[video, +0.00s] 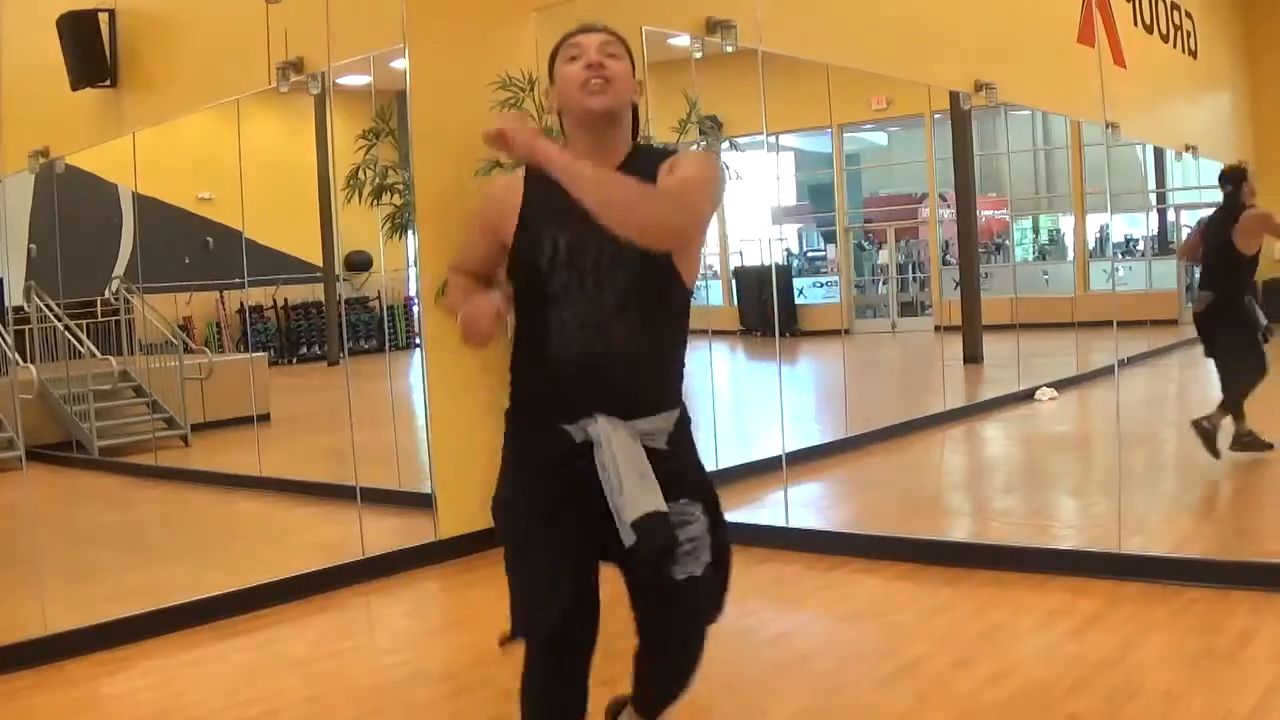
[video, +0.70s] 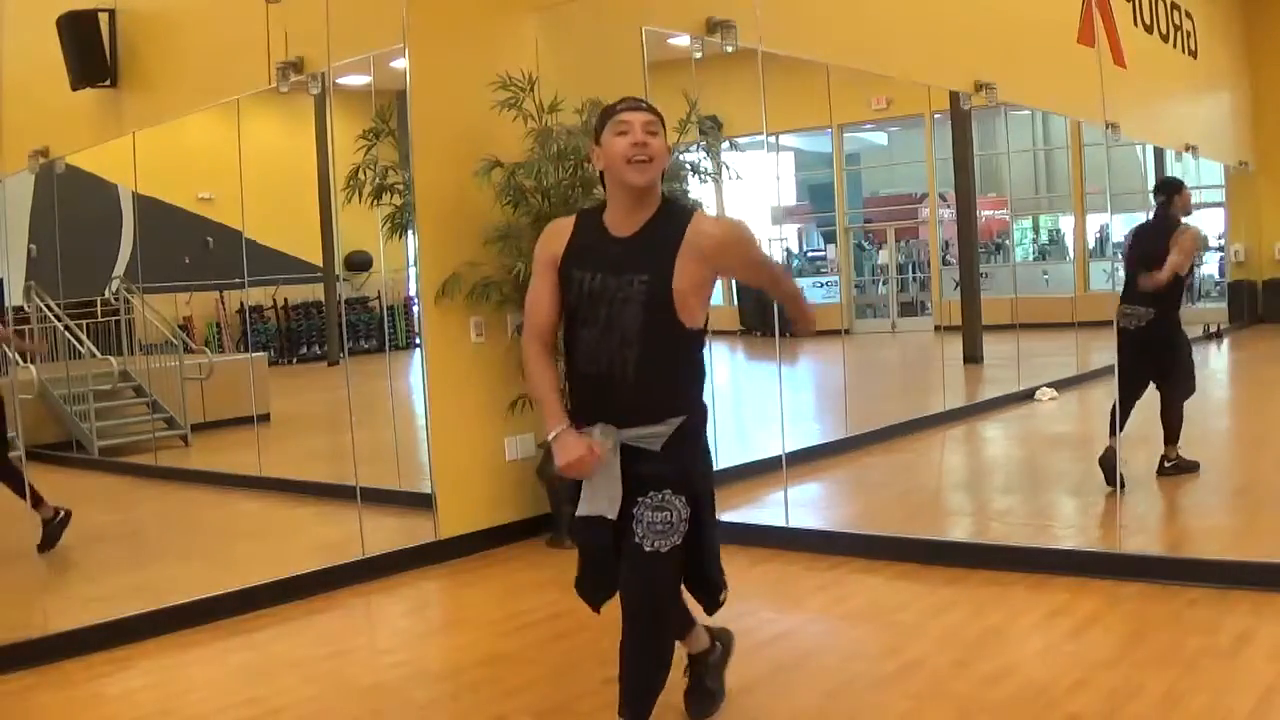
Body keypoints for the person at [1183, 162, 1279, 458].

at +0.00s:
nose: (1254, 188)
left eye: (1252, 183)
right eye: (1251, 184)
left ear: (1224, 189)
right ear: (1244, 188)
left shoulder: (1209, 220)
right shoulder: (1256, 218)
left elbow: (1185, 253)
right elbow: (1279, 230)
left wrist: (1211, 253)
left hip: (1205, 308)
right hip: (1233, 306)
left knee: (1230, 369)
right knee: (1256, 368)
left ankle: (1242, 431)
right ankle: (1212, 421)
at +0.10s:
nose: (1242, 193)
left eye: (1240, 187)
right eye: (1239, 188)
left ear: (1211, 194)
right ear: (1231, 192)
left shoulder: (1194, 228)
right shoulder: (1246, 224)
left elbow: (1175, 266)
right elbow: (1273, 246)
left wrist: (1201, 275)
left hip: (1191, 310)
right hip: (1222, 311)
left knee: (1204, 372)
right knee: (1221, 378)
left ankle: (1210, 434)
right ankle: (1184, 441)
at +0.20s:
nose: (1230, 206)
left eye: (1228, 201)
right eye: (1227, 201)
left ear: (1201, 207)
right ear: (1219, 205)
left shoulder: (1186, 239)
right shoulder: (1233, 240)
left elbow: (1172, 280)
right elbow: (1256, 274)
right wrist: (1261, 304)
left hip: (1177, 324)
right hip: (1209, 327)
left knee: (1172, 384)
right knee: (1208, 394)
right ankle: (1175, 452)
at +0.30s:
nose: (1221, 207)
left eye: (1218, 201)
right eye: (1216, 202)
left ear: (1191, 210)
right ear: (1208, 209)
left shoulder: (1178, 242)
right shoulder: (1225, 247)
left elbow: (1172, 287)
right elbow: (1236, 297)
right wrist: (1239, 342)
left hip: (1166, 329)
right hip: (1200, 333)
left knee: (1149, 386)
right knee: (1206, 390)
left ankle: (1119, 446)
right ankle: (1172, 455)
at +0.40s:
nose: (1216, 203)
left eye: (1213, 198)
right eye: (1211, 198)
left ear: (1187, 205)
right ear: (1201, 204)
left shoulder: (1172, 235)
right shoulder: (1215, 240)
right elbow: (1212, 272)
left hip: (1154, 324)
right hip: (1186, 327)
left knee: (1131, 380)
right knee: (1201, 386)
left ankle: (1103, 443)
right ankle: (1171, 455)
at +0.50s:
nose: (1210, 198)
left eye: (1207, 192)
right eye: (1206, 193)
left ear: (1180, 200)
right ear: (1196, 198)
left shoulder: (1163, 230)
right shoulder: (1207, 229)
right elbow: (1185, 246)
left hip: (1144, 318)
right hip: (1177, 323)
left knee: (1126, 381)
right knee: (1189, 385)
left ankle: (1099, 439)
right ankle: (1171, 456)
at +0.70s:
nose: (1190, 200)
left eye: (1188, 194)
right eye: (1186, 195)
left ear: (1161, 199)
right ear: (1176, 198)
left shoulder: (1137, 232)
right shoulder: (1186, 233)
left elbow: (1131, 272)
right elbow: (1173, 268)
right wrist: (1161, 275)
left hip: (1128, 319)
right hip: (1161, 322)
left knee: (1129, 387)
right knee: (1173, 387)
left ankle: (1110, 449)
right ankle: (1170, 456)